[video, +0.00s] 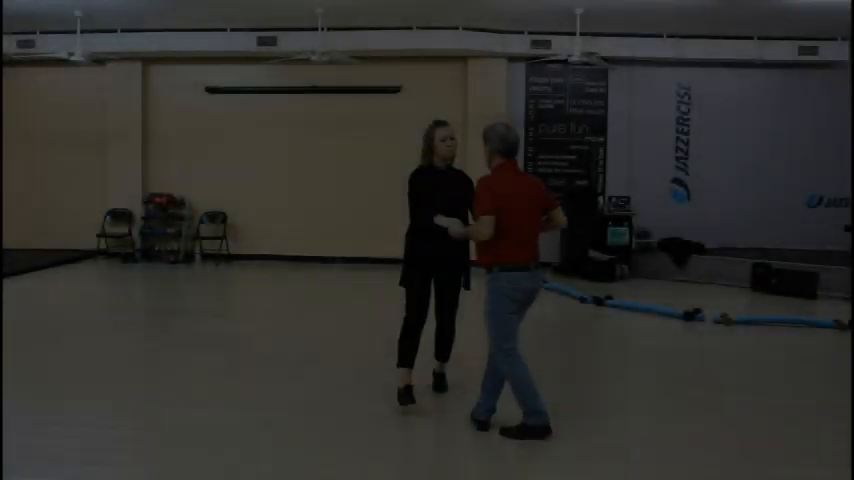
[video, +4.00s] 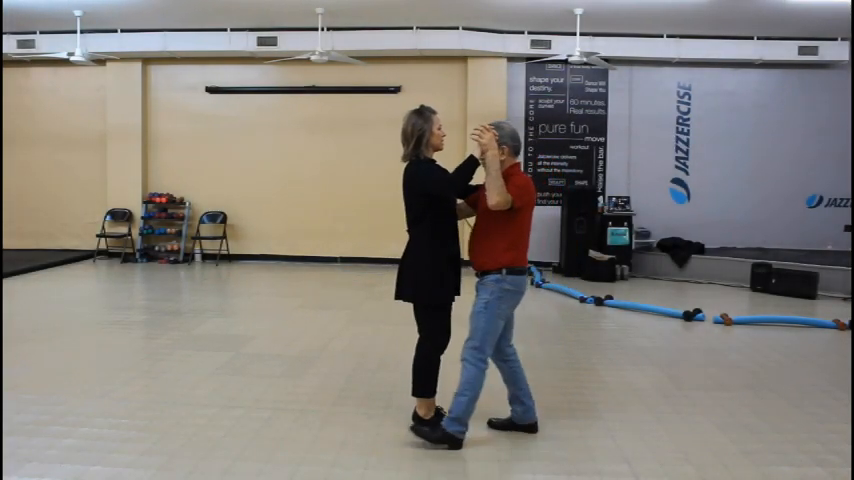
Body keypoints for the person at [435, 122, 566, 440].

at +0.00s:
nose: (483, 152)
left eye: (484, 148)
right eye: (485, 147)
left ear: (489, 151)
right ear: (515, 150)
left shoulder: (487, 184)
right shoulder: (532, 183)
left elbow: (484, 231)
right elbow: (558, 220)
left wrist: (458, 228)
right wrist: (527, 227)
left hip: (503, 277)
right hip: (530, 275)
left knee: (506, 350)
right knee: (499, 347)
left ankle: (536, 419)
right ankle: (483, 412)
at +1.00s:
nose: (523, 153)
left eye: (530, 147)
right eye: (520, 147)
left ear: (549, 149)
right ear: (519, 149)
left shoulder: (554, 182)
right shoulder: (539, 181)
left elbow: (539, 233)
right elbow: (532, 229)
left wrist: (495, 227)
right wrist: (497, 226)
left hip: (553, 279)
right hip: (547, 276)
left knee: (544, 354)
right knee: (556, 346)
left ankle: (550, 427)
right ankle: (571, 407)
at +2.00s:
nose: (510, 147)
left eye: (514, 141)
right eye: (511, 141)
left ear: (531, 146)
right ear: (534, 147)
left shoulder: (542, 181)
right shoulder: (536, 177)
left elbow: (532, 232)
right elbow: (522, 219)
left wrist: (490, 214)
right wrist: (498, 211)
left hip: (543, 278)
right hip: (538, 275)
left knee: (540, 355)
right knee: (537, 352)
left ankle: (551, 427)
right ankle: (539, 413)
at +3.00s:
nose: (506, 153)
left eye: (510, 147)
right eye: (505, 147)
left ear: (530, 148)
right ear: (526, 149)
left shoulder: (548, 179)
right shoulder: (524, 180)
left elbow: (518, 211)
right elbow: (492, 204)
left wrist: (500, 166)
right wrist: (450, 200)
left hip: (549, 280)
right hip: (532, 278)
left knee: (541, 354)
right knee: (525, 348)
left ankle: (548, 424)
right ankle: (527, 413)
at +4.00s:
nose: (481, 152)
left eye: (488, 145)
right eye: (482, 146)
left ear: (505, 150)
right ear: (501, 152)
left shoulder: (521, 182)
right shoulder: (489, 185)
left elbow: (498, 201)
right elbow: (456, 211)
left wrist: (490, 158)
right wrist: (424, 210)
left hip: (502, 280)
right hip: (495, 278)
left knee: (475, 353)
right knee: (502, 350)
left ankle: (453, 428)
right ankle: (525, 417)